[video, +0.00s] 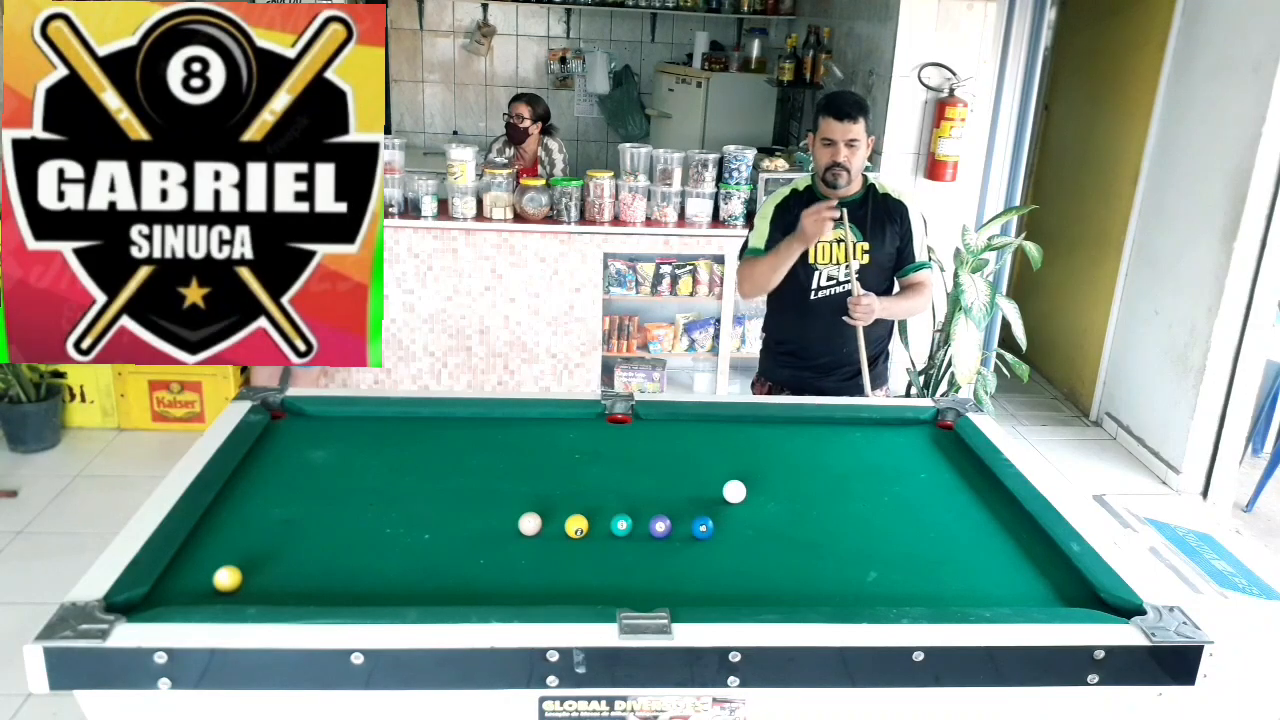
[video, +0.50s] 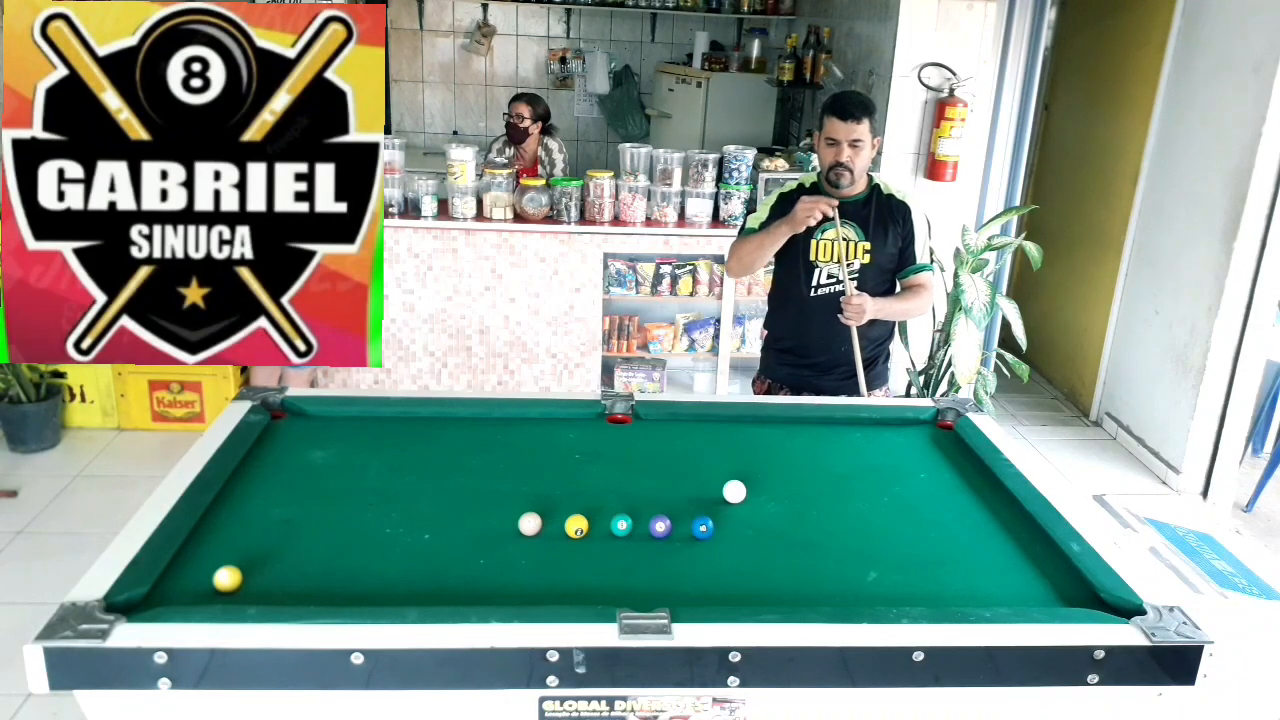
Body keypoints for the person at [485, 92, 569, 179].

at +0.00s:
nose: (511, 123)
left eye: (519, 118)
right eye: (509, 117)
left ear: (536, 127)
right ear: (506, 118)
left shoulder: (553, 147)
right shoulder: (499, 146)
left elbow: (561, 189)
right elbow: (486, 183)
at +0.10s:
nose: (511, 123)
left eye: (519, 118)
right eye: (509, 117)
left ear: (536, 127)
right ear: (506, 118)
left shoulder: (553, 147)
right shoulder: (499, 146)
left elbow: (561, 189)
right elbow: (486, 183)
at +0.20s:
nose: (511, 123)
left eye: (519, 118)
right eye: (510, 117)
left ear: (536, 127)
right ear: (506, 118)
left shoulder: (553, 147)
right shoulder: (499, 146)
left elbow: (560, 189)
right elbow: (486, 183)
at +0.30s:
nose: (511, 123)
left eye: (519, 118)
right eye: (510, 117)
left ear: (536, 127)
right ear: (506, 118)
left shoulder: (553, 147)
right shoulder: (499, 146)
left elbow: (560, 189)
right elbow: (486, 183)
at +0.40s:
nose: (511, 123)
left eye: (519, 118)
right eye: (510, 117)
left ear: (536, 127)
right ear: (506, 118)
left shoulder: (553, 147)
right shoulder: (499, 146)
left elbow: (560, 189)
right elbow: (486, 183)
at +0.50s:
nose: (511, 123)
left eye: (519, 118)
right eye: (510, 117)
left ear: (536, 127)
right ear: (506, 117)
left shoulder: (553, 147)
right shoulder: (499, 146)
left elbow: (560, 189)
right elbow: (486, 183)